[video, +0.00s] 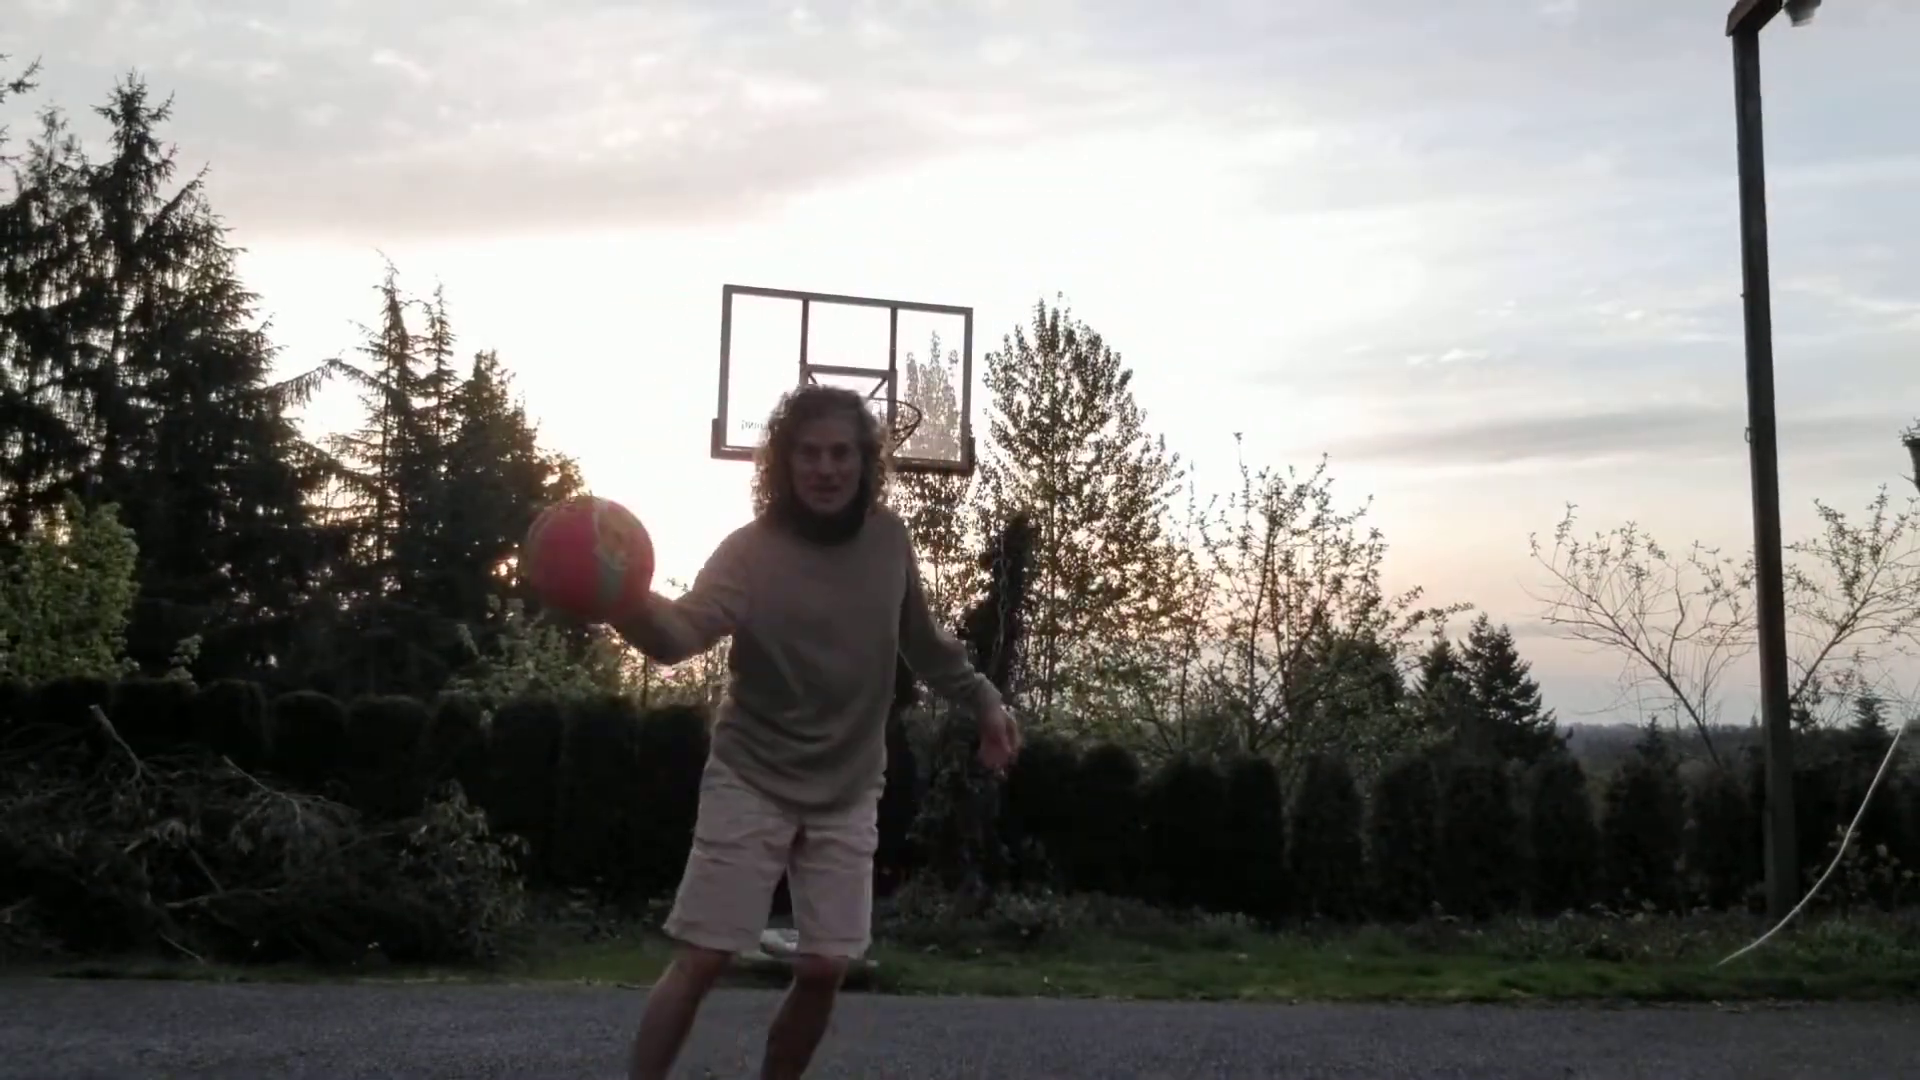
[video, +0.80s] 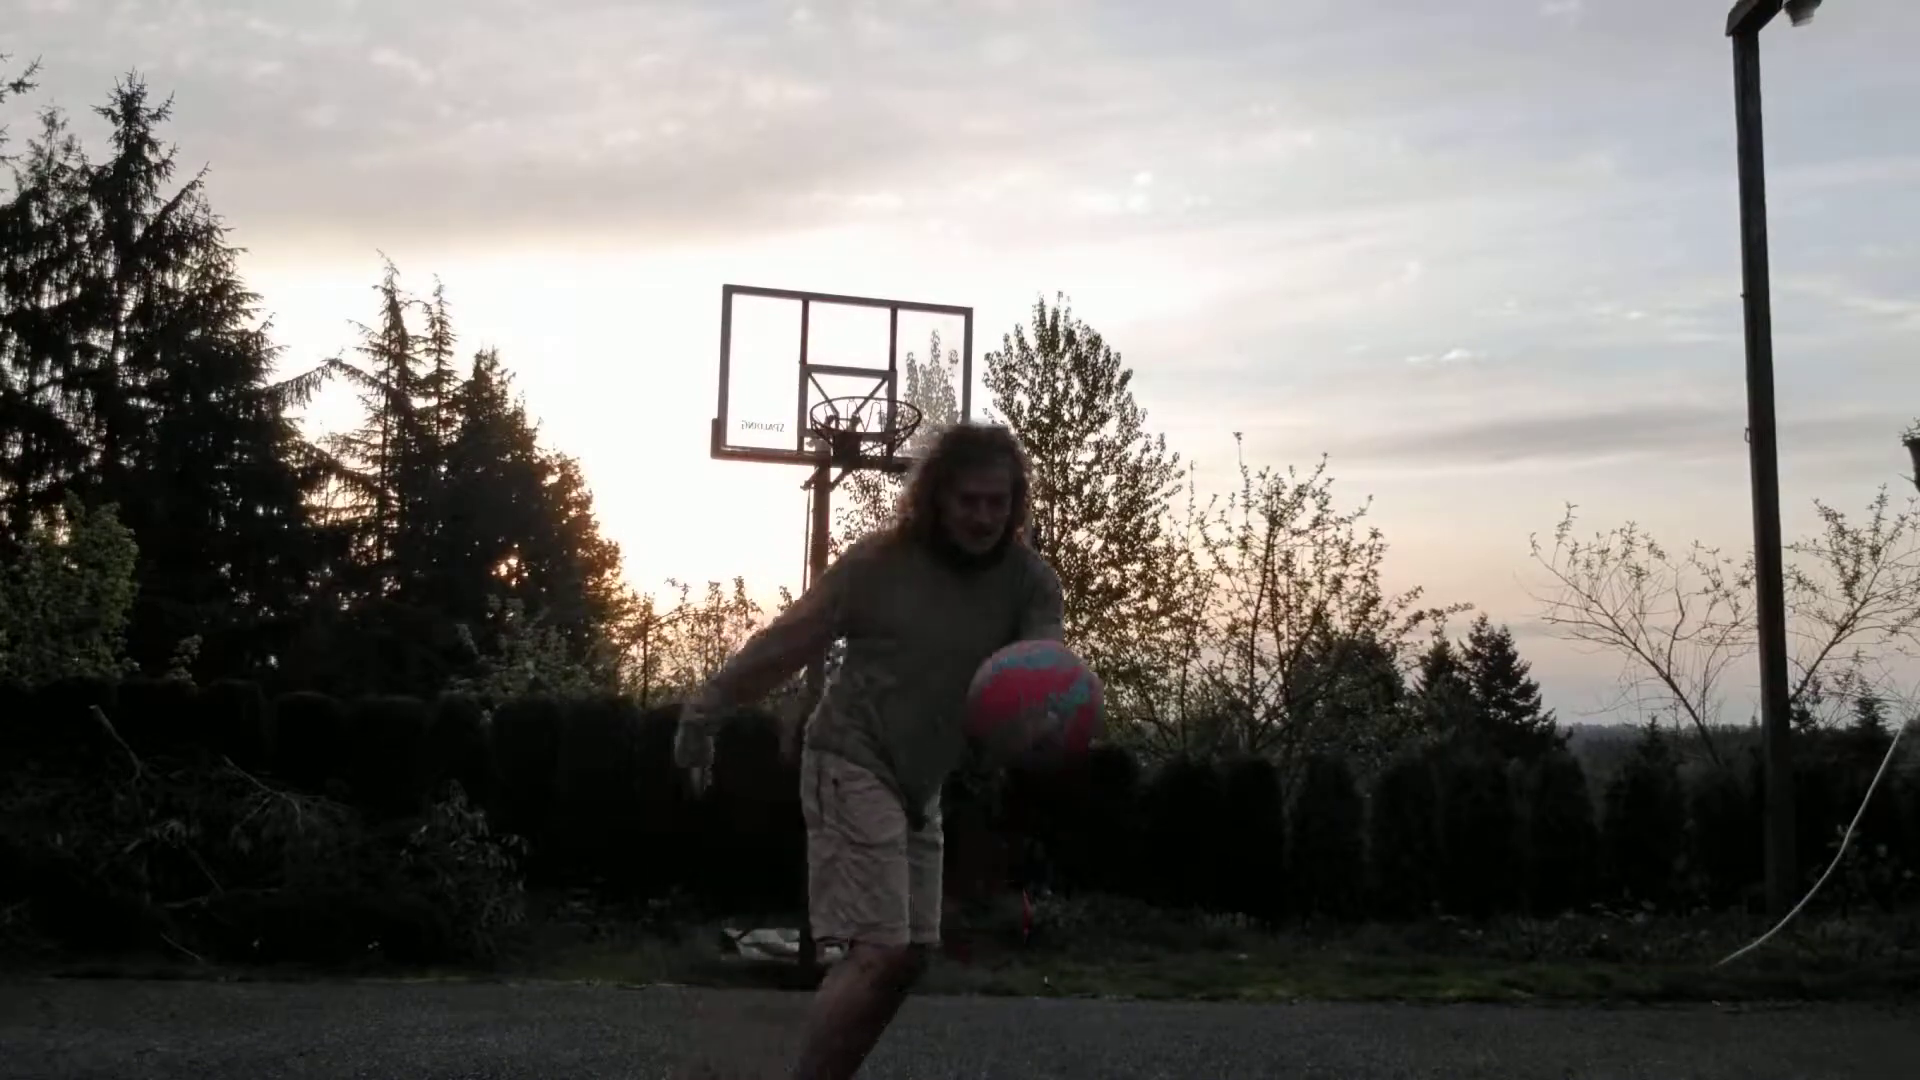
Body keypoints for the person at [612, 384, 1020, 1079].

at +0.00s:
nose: (826, 468)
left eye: (843, 452)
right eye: (809, 452)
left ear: (866, 462)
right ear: (784, 462)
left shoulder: (887, 540)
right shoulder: (752, 551)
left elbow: (923, 639)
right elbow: (676, 636)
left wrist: (984, 699)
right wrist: (611, 588)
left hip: (848, 792)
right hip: (750, 781)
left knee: (825, 971)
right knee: (705, 956)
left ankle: (776, 1077)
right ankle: (642, 1076)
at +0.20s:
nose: (821, 495)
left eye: (837, 481)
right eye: (805, 480)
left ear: (859, 491)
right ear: (779, 488)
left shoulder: (883, 564)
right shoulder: (744, 564)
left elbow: (937, 655)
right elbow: (660, 627)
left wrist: (1011, 731)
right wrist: (618, 659)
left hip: (819, 807)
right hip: (733, 793)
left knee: (787, 970)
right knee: (690, 957)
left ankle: (717, 1076)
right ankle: (607, 1072)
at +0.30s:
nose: (832, 510)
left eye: (848, 496)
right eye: (818, 493)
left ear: (871, 502)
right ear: (790, 495)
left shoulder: (889, 578)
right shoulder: (752, 568)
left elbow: (953, 672)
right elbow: (662, 660)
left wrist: (1031, 757)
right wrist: (641, 738)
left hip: (804, 804)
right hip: (722, 783)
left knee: (774, 985)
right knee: (686, 957)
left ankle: (700, 1073)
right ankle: (604, 1073)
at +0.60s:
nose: (899, 522)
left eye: (912, 507)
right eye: (883, 506)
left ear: (930, 507)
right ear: (853, 503)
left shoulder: (946, 586)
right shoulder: (798, 570)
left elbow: (979, 675)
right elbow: (717, 668)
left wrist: (1003, 733)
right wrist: (669, 762)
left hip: (841, 795)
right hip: (770, 771)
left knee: (814, 963)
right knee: (776, 954)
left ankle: (718, 1073)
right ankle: (686, 1074)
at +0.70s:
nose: (934, 518)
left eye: (949, 503)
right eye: (917, 502)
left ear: (968, 505)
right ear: (887, 499)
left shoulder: (985, 581)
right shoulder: (834, 565)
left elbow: (1004, 672)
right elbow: (749, 653)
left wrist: (1016, 710)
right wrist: (689, 737)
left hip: (877, 787)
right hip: (806, 767)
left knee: (850, 960)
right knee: (831, 954)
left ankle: (746, 1068)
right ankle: (735, 1073)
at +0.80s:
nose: (984, 516)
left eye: (998, 501)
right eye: (968, 500)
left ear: (1015, 504)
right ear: (937, 498)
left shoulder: (1030, 583)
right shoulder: (879, 565)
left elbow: (1045, 686)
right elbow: (787, 643)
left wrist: (1042, 732)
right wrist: (704, 708)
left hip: (923, 778)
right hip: (850, 761)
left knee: (909, 955)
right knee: (878, 951)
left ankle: (827, 1071)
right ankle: (809, 1075)